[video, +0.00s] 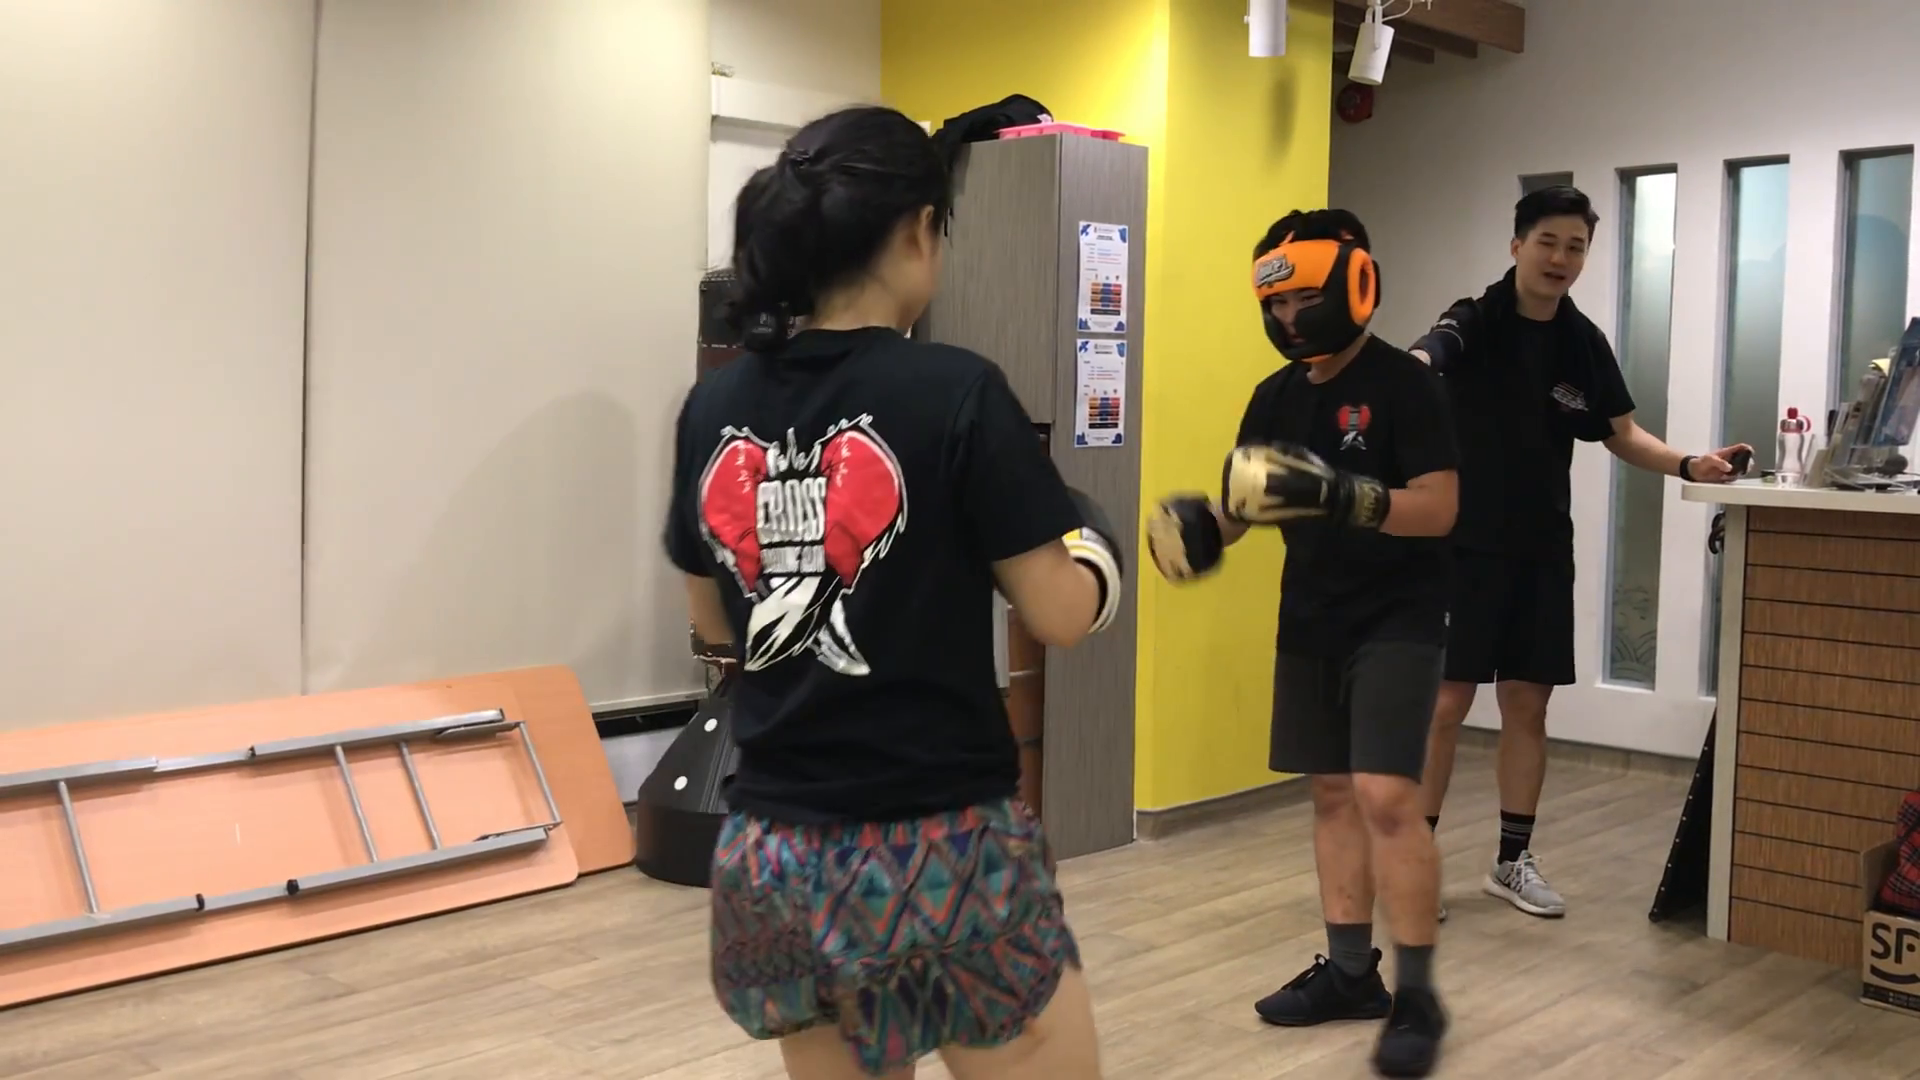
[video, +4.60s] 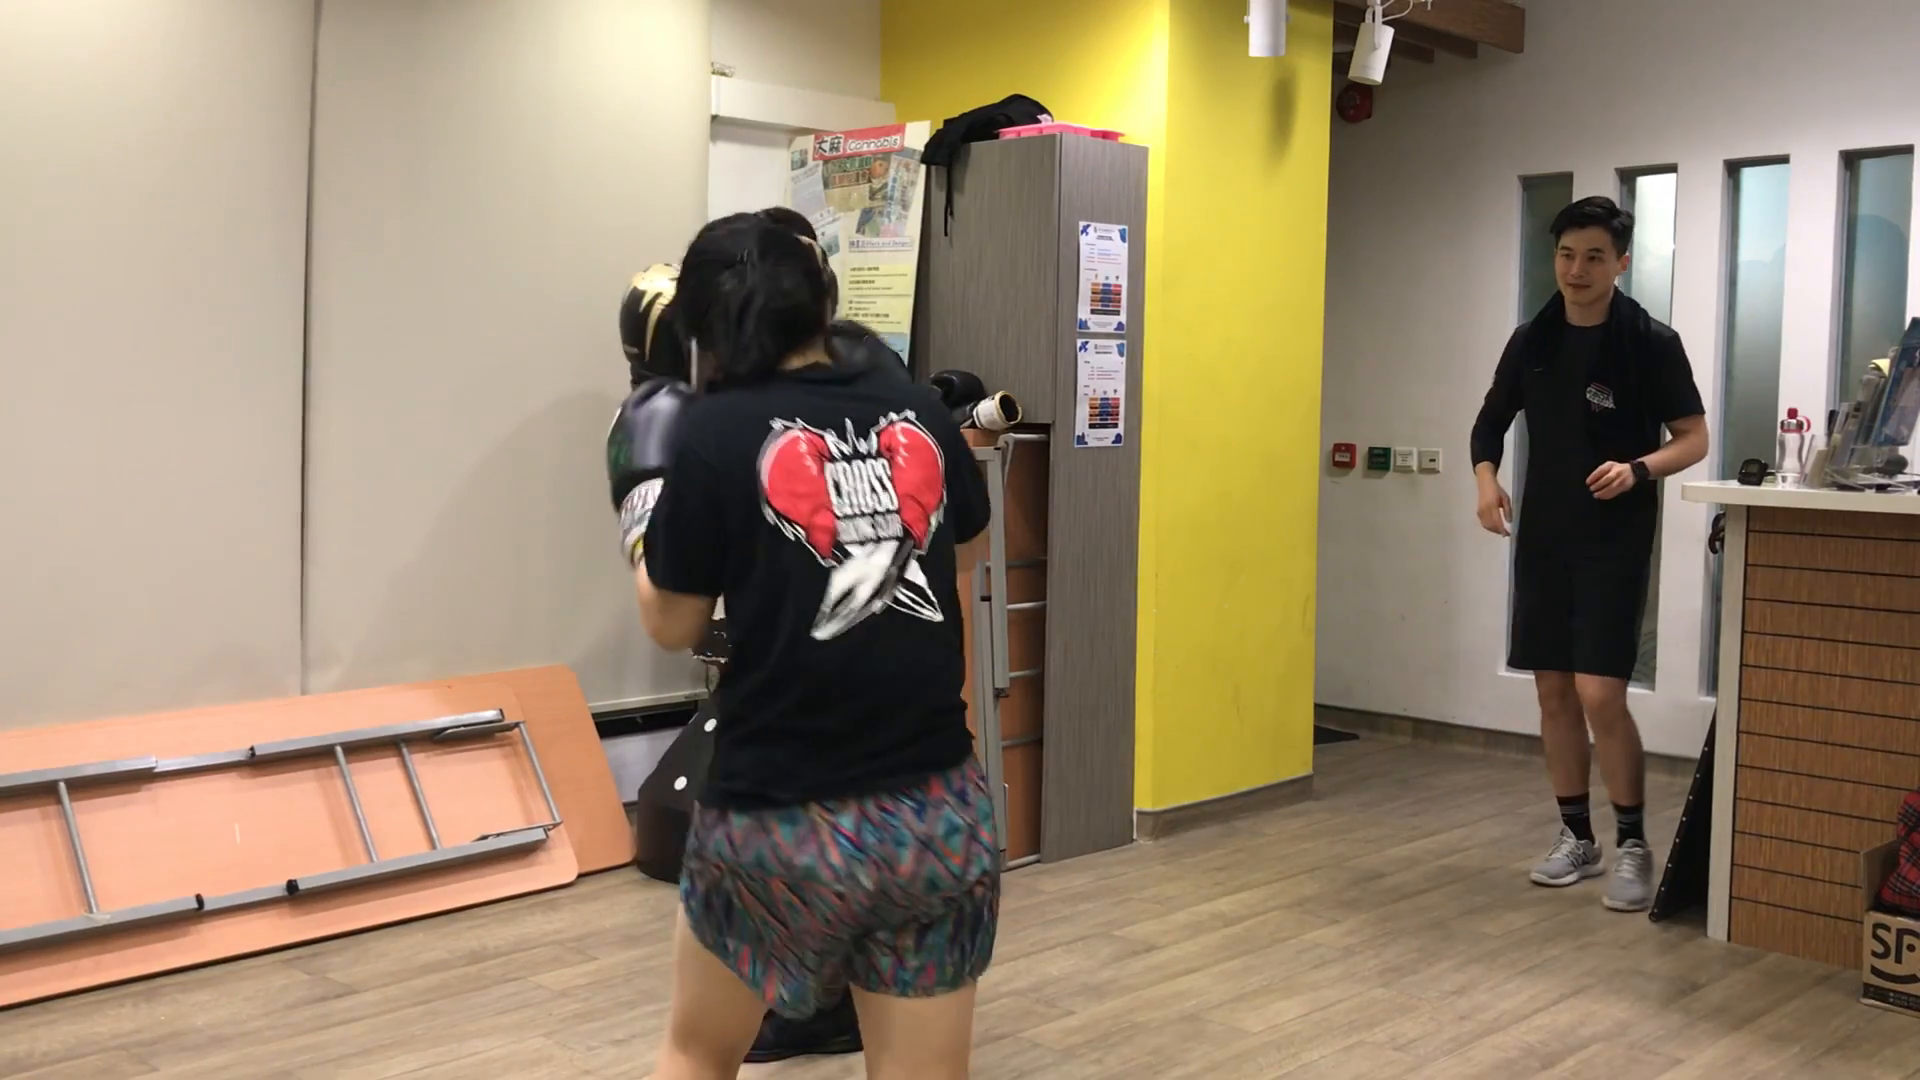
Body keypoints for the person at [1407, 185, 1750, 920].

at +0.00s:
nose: (1560, 257)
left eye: (1575, 247)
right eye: (1548, 242)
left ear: (1586, 259)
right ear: (1517, 245)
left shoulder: (1582, 342)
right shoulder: (1470, 324)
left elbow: (1621, 433)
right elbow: (1407, 385)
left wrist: (1688, 463)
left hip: (1540, 549)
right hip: (1461, 543)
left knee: (1526, 706)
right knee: (1445, 705)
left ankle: (1513, 861)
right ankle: (1411, 852)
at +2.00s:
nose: (1575, 261)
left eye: (1592, 252)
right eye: (1565, 245)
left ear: (1606, 265)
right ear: (1540, 246)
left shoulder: (1611, 344)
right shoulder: (1494, 326)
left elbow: (1647, 444)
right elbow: (1460, 420)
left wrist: (1671, 433)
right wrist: (1557, 426)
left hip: (1568, 550)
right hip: (1491, 543)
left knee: (1540, 704)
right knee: (1465, 704)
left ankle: (1515, 860)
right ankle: (1438, 861)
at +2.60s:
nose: (1556, 252)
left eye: (1571, 240)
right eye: (1543, 238)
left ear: (1592, 252)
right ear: (1521, 246)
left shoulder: (1603, 339)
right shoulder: (1484, 322)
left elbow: (1642, 433)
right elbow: (1462, 356)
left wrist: (1704, 459)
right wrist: (1498, 345)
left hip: (1566, 546)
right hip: (1489, 539)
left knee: (1541, 708)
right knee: (1460, 706)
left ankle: (1514, 861)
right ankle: (1437, 863)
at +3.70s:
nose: (1571, 254)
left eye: (1587, 243)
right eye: (1558, 240)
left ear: (1605, 253)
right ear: (1536, 245)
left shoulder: (1617, 340)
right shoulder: (1502, 325)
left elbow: (1641, 437)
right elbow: (1449, 412)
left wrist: (1684, 457)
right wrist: (1526, 381)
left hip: (1573, 545)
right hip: (1496, 539)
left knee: (1543, 706)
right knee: (1468, 700)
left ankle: (1515, 861)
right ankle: (1435, 861)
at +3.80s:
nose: (1577, 256)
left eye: (1593, 244)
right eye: (1565, 241)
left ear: (1613, 254)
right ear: (1543, 247)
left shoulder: (1626, 343)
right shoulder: (1502, 335)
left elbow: (1646, 439)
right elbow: (1451, 431)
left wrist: (1665, 453)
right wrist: (1505, 457)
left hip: (1577, 548)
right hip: (1499, 542)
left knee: (1545, 705)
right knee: (1468, 699)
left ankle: (1515, 861)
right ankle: (1434, 859)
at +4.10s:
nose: (1571, 259)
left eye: (1588, 248)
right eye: (1560, 245)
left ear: (1612, 258)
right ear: (1544, 251)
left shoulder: (1641, 346)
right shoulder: (1509, 337)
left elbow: (1675, 437)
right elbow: (1466, 424)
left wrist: (1651, 459)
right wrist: (1468, 491)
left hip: (1588, 550)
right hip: (1508, 540)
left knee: (1554, 706)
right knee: (1482, 700)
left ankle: (1519, 857)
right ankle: (1528, 798)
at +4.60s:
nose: (1575, 268)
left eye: (1591, 256)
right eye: (1566, 254)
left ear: (1620, 262)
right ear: (1554, 257)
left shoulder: (1652, 343)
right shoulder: (1532, 339)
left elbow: (1695, 438)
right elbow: (1489, 425)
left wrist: (1640, 468)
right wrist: (1488, 482)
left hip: (1615, 536)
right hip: (1545, 532)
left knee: (1600, 694)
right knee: (1553, 690)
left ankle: (1631, 847)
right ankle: (1577, 841)